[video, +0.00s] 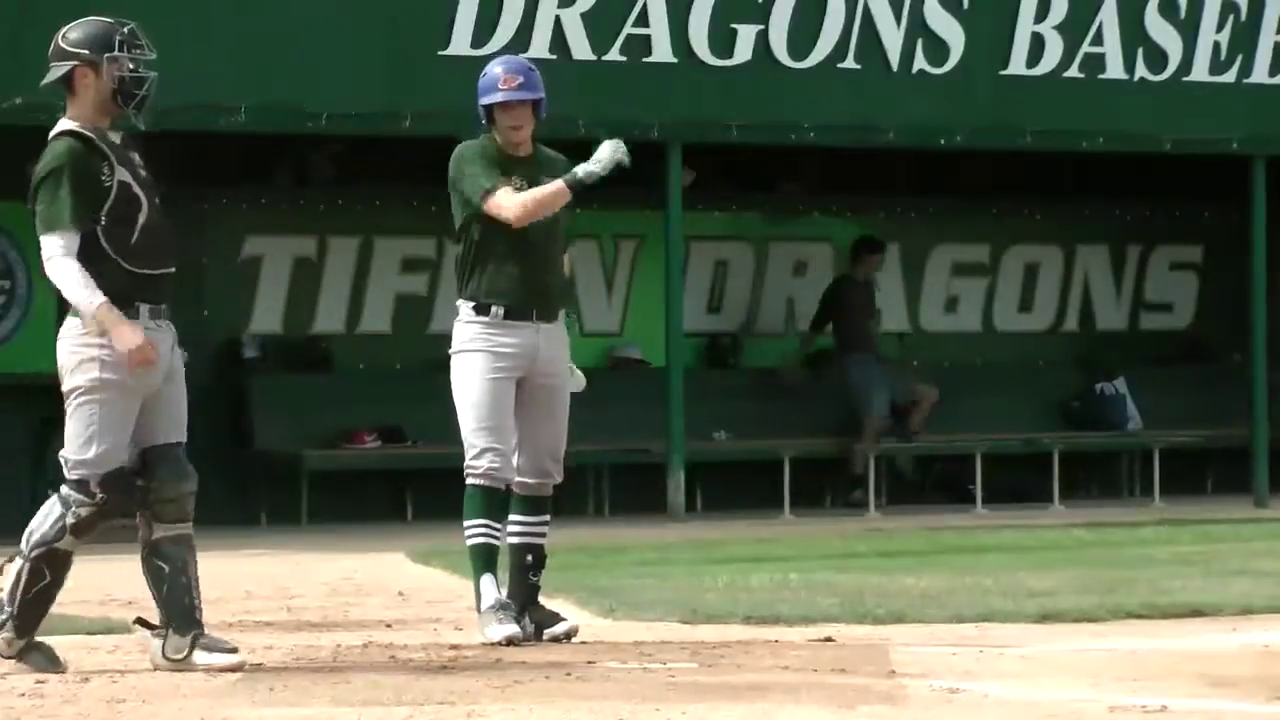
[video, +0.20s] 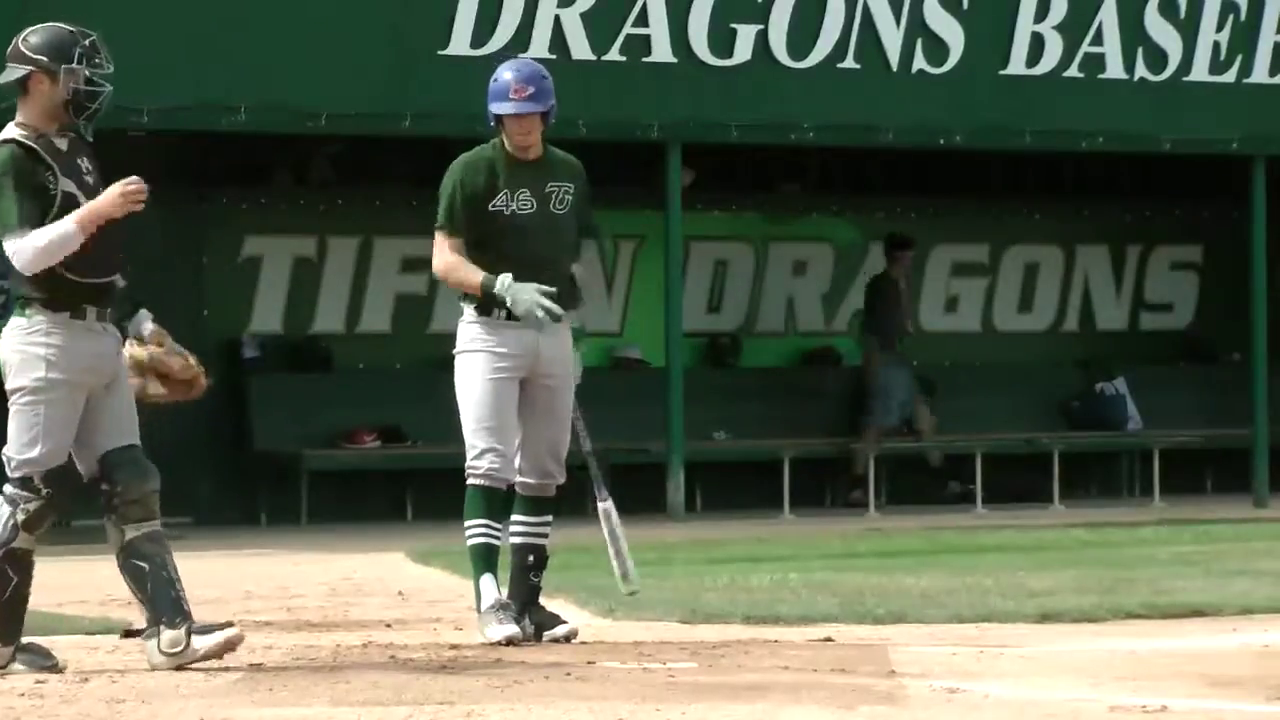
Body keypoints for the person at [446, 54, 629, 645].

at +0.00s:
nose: (515, 119)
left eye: (524, 108)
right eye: (504, 109)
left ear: (539, 108)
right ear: (486, 112)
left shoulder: (556, 168)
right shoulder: (470, 158)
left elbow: (556, 261)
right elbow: (514, 209)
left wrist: (566, 346)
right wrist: (582, 175)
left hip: (547, 335)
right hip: (486, 335)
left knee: (539, 471)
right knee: (488, 464)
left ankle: (526, 604)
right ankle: (491, 604)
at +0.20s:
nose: (522, 126)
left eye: (532, 114)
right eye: (511, 116)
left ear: (548, 112)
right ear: (495, 115)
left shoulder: (570, 173)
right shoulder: (468, 172)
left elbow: (563, 261)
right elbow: (444, 260)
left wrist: (567, 346)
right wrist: (503, 288)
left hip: (553, 336)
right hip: (489, 337)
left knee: (542, 470)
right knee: (490, 463)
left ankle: (525, 605)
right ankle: (490, 604)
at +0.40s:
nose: (528, 133)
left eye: (538, 122)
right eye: (517, 122)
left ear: (556, 116)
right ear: (501, 117)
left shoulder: (583, 178)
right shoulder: (468, 172)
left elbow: (596, 264)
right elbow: (419, 248)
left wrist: (602, 336)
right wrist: (449, 283)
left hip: (558, 340)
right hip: (489, 337)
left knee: (541, 473)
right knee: (489, 465)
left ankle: (526, 605)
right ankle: (490, 604)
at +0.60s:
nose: (529, 133)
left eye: (539, 123)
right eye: (520, 123)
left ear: (558, 116)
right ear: (505, 115)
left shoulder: (589, 178)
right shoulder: (471, 171)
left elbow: (612, 260)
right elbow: (437, 253)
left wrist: (603, 300)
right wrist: (461, 265)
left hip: (556, 340)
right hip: (488, 337)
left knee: (545, 473)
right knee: (492, 464)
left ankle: (527, 604)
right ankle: (490, 604)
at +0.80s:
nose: (530, 138)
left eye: (540, 129)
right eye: (522, 127)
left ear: (560, 122)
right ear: (507, 120)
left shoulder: (591, 182)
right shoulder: (475, 174)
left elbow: (613, 265)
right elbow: (449, 265)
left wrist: (568, 289)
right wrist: (478, 264)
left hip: (554, 343)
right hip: (486, 337)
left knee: (550, 475)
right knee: (490, 457)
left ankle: (525, 604)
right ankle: (486, 599)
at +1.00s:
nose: (531, 144)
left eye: (542, 134)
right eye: (522, 132)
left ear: (561, 128)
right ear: (507, 124)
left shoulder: (588, 185)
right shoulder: (474, 176)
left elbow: (598, 275)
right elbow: (445, 267)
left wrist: (534, 282)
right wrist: (466, 260)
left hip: (553, 345)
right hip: (483, 338)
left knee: (550, 477)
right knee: (481, 454)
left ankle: (523, 607)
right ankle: (472, 591)